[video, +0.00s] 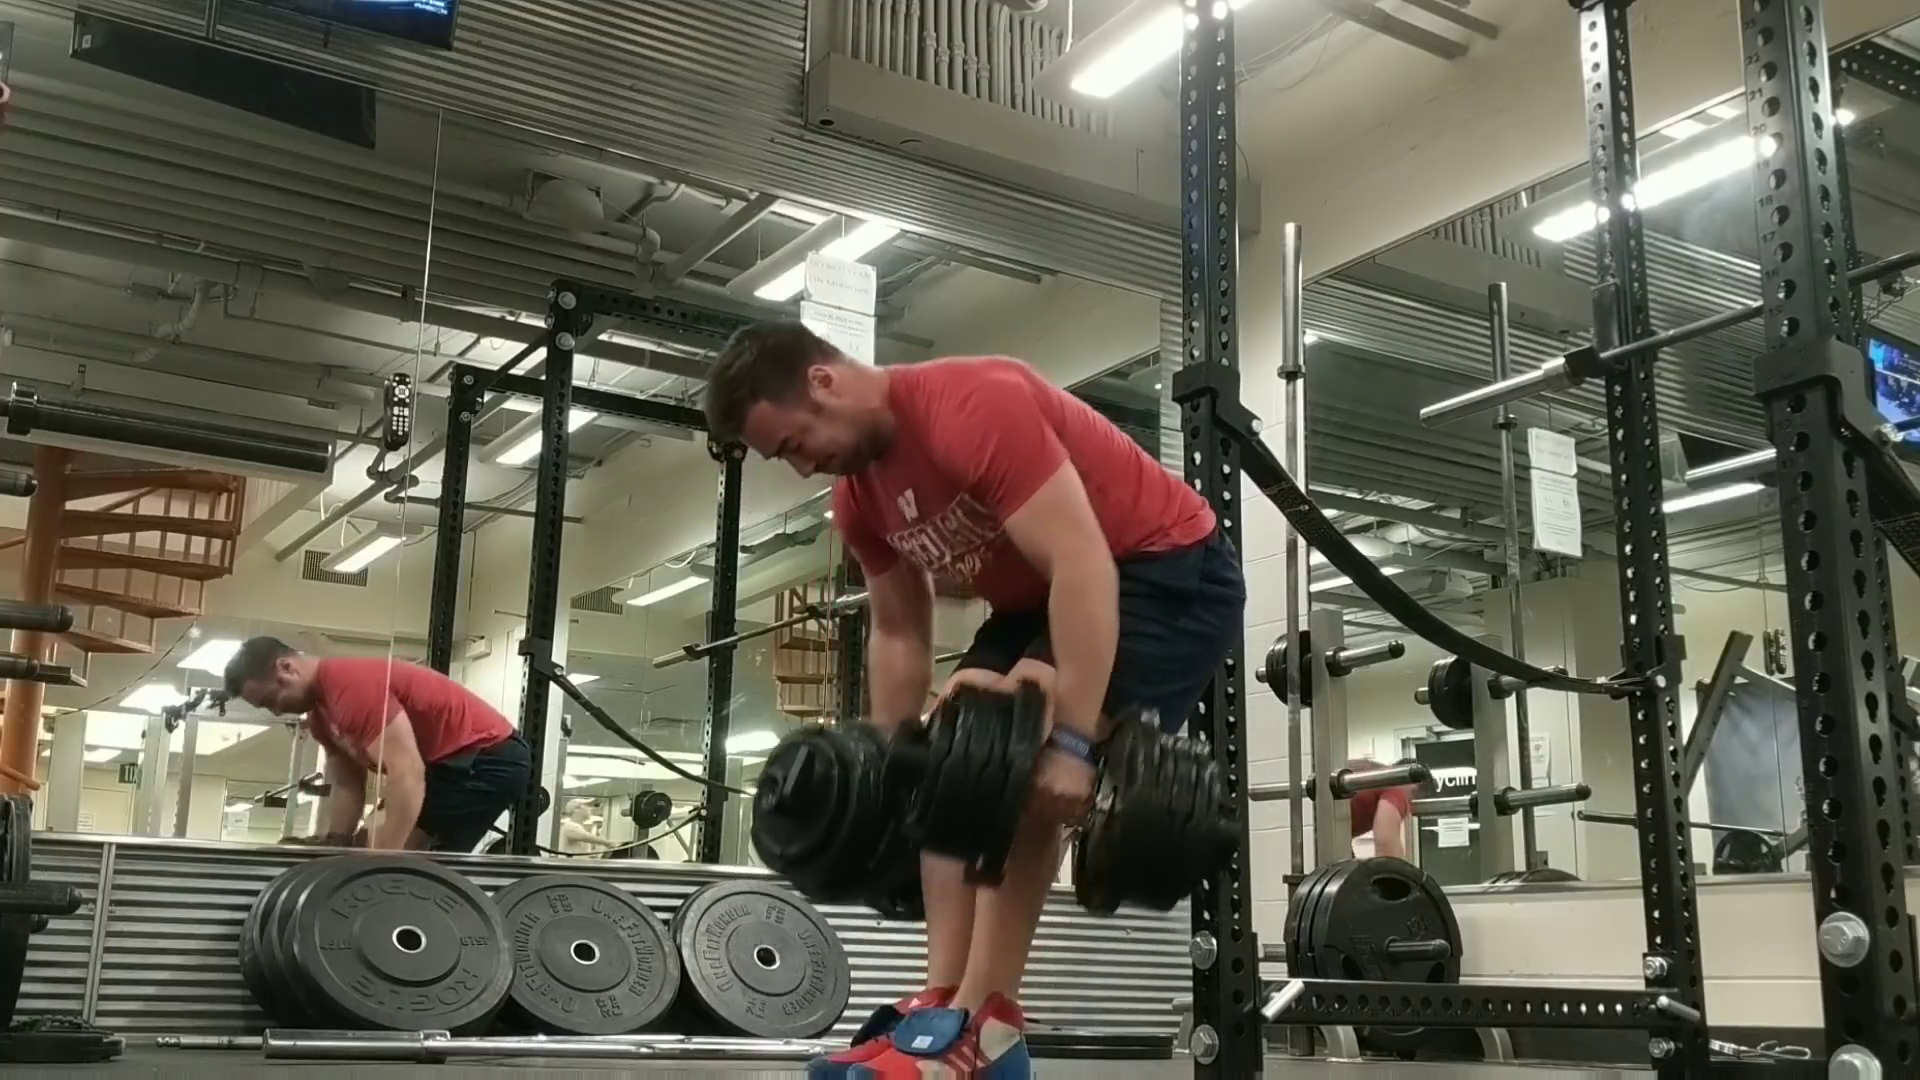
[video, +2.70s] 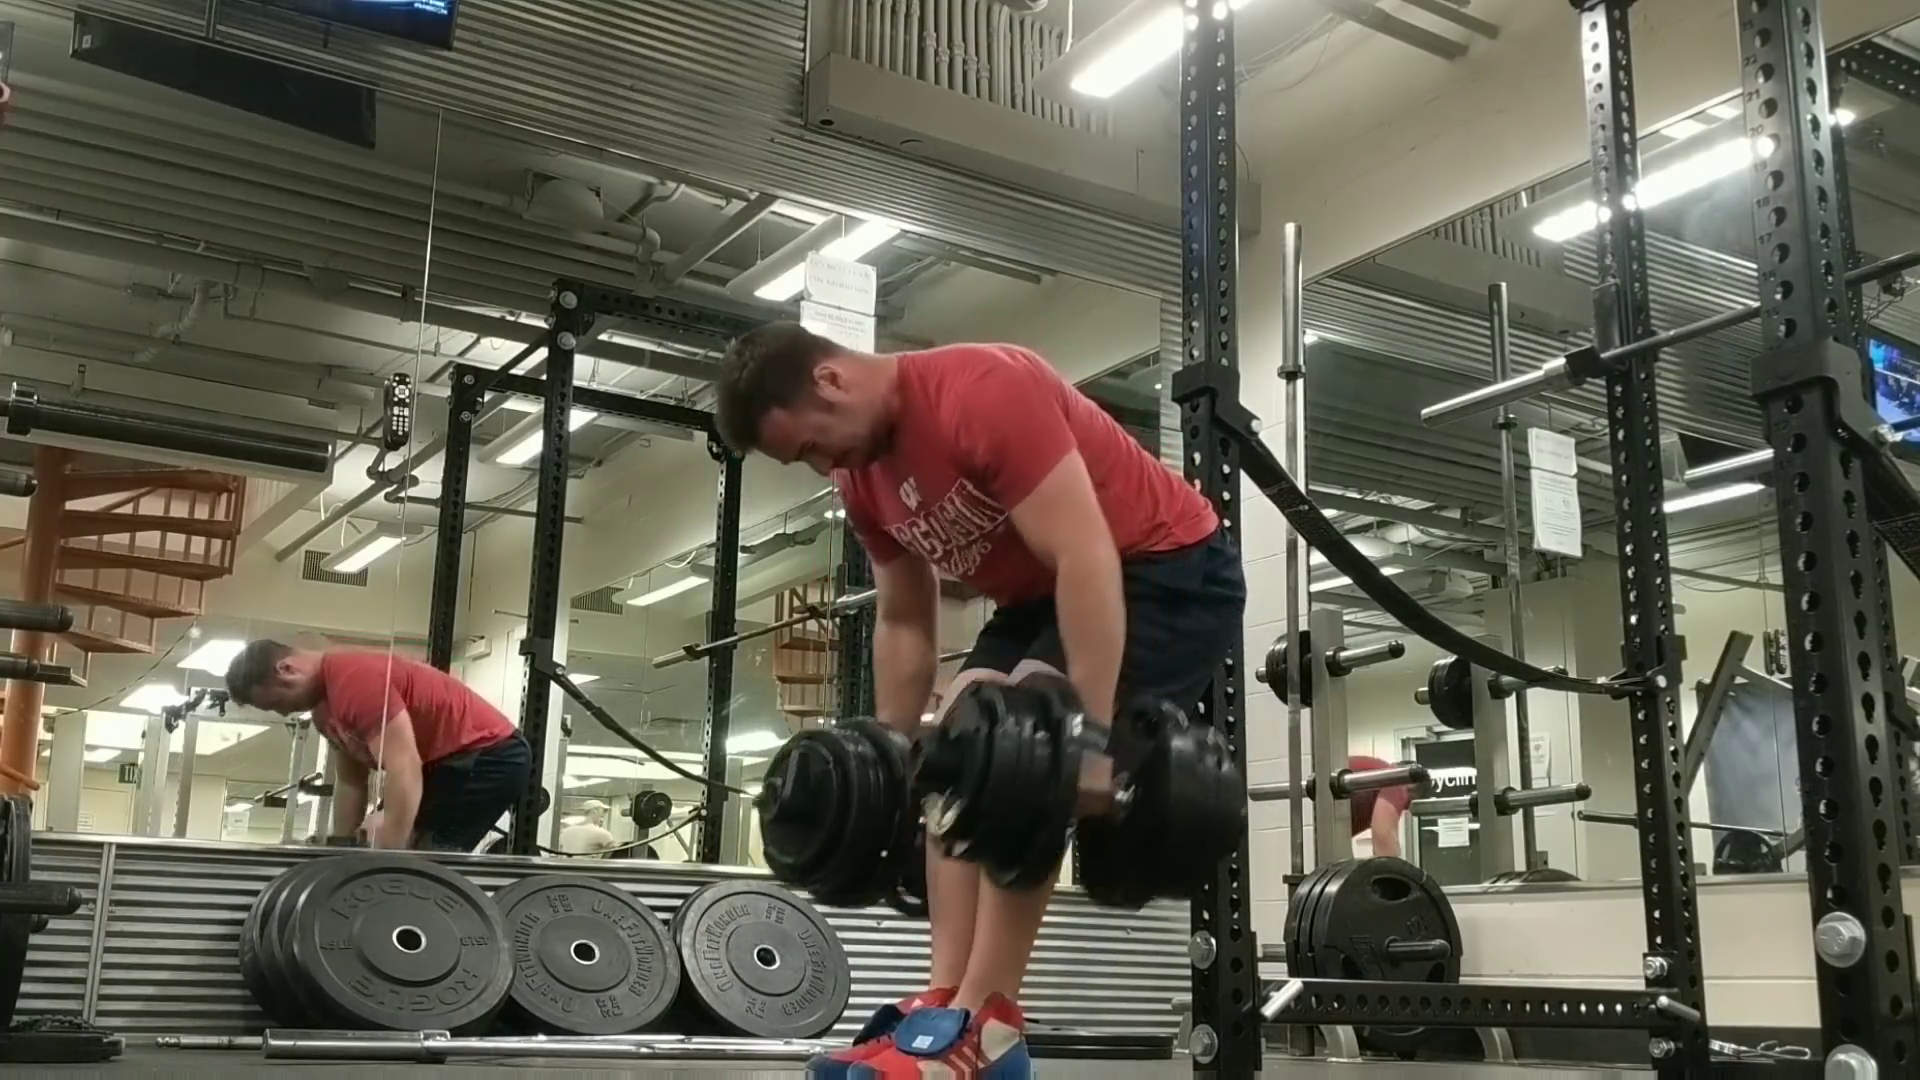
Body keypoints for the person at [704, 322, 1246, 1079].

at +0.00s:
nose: (802, 467)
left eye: (795, 442)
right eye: (784, 458)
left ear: (826, 380)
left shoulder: (976, 408)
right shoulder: (859, 502)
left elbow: (1082, 561)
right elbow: (897, 630)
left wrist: (1073, 740)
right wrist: (885, 778)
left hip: (1169, 569)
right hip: (1044, 594)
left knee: (1035, 762)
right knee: (949, 753)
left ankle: (990, 1017)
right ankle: (941, 1002)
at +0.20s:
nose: (840, 445)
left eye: (829, 425)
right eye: (822, 440)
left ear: (846, 357)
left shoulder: (996, 359)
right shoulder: (875, 456)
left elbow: (1129, 488)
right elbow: (937, 570)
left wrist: (1120, 653)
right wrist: (914, 703)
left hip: (1162, 564)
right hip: (1053, 588)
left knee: (1023, 738)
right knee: (953, 732)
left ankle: (992, 1015)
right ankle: (943, 1000)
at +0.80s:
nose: (820, 472)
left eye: (811, 453)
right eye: (802, 467)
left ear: (831, 386)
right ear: (831, 389)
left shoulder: (984, 393)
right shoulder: (864, 477)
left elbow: (1088, 552)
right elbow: (901, 618)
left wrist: (1088, 733)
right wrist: (882, 767)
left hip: (1165, 568)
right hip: (1040, 593)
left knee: (1035, 761)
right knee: (958, 748)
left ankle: (990, 1020)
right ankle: (942, 1002)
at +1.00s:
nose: (794, 488)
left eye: (786, 464)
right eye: (776, 478)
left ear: (817, 400)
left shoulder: (971, 425)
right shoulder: (852, 515)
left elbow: (1023, 614)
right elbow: (872, 665)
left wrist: (1032, 806)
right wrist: (859, 824)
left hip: (1167, 573)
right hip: (1060, 599)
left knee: (1016, 732)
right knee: (943, 736)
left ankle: (992, 1017)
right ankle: (945, 995)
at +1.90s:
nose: (817, 454)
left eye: (809, 433)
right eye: (800, 447)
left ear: (836, 369)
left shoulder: (986, 390)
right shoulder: (864, 474)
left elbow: (1094, 545)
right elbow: (899, 610)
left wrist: (1087, 716)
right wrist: (883, 756)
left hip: (1166, 570)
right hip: (1039, 598)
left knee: (1028, 760)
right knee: (953, 756)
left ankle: (991, 1018)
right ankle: (941, 1002)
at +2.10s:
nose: (854, 444)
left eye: (844, 427)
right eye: (839, 440)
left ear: (857, 359)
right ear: (853, 366)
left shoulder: (1004, 353)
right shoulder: (880, 444)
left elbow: (1141, 480)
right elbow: (938, 565)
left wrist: (1143, 644)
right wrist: (912, 696)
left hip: (1159, 565)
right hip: (1050, 589)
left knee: (1023, 735)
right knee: (952, 732)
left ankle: (992, 1017)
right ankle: (941, 1004)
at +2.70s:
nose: (818, 466)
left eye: (808, 446)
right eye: (800, 461)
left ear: (832, 381)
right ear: (833, 384)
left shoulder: (986, 392)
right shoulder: (861, 473)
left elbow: (1086, 557)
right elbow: (902, 619)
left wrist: (1093, 736)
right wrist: (891, 770)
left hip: (1167, 570)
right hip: (1043, 594)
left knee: (1030, 754)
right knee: (953, 744)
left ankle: (990, 1019)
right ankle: (943, 1001)